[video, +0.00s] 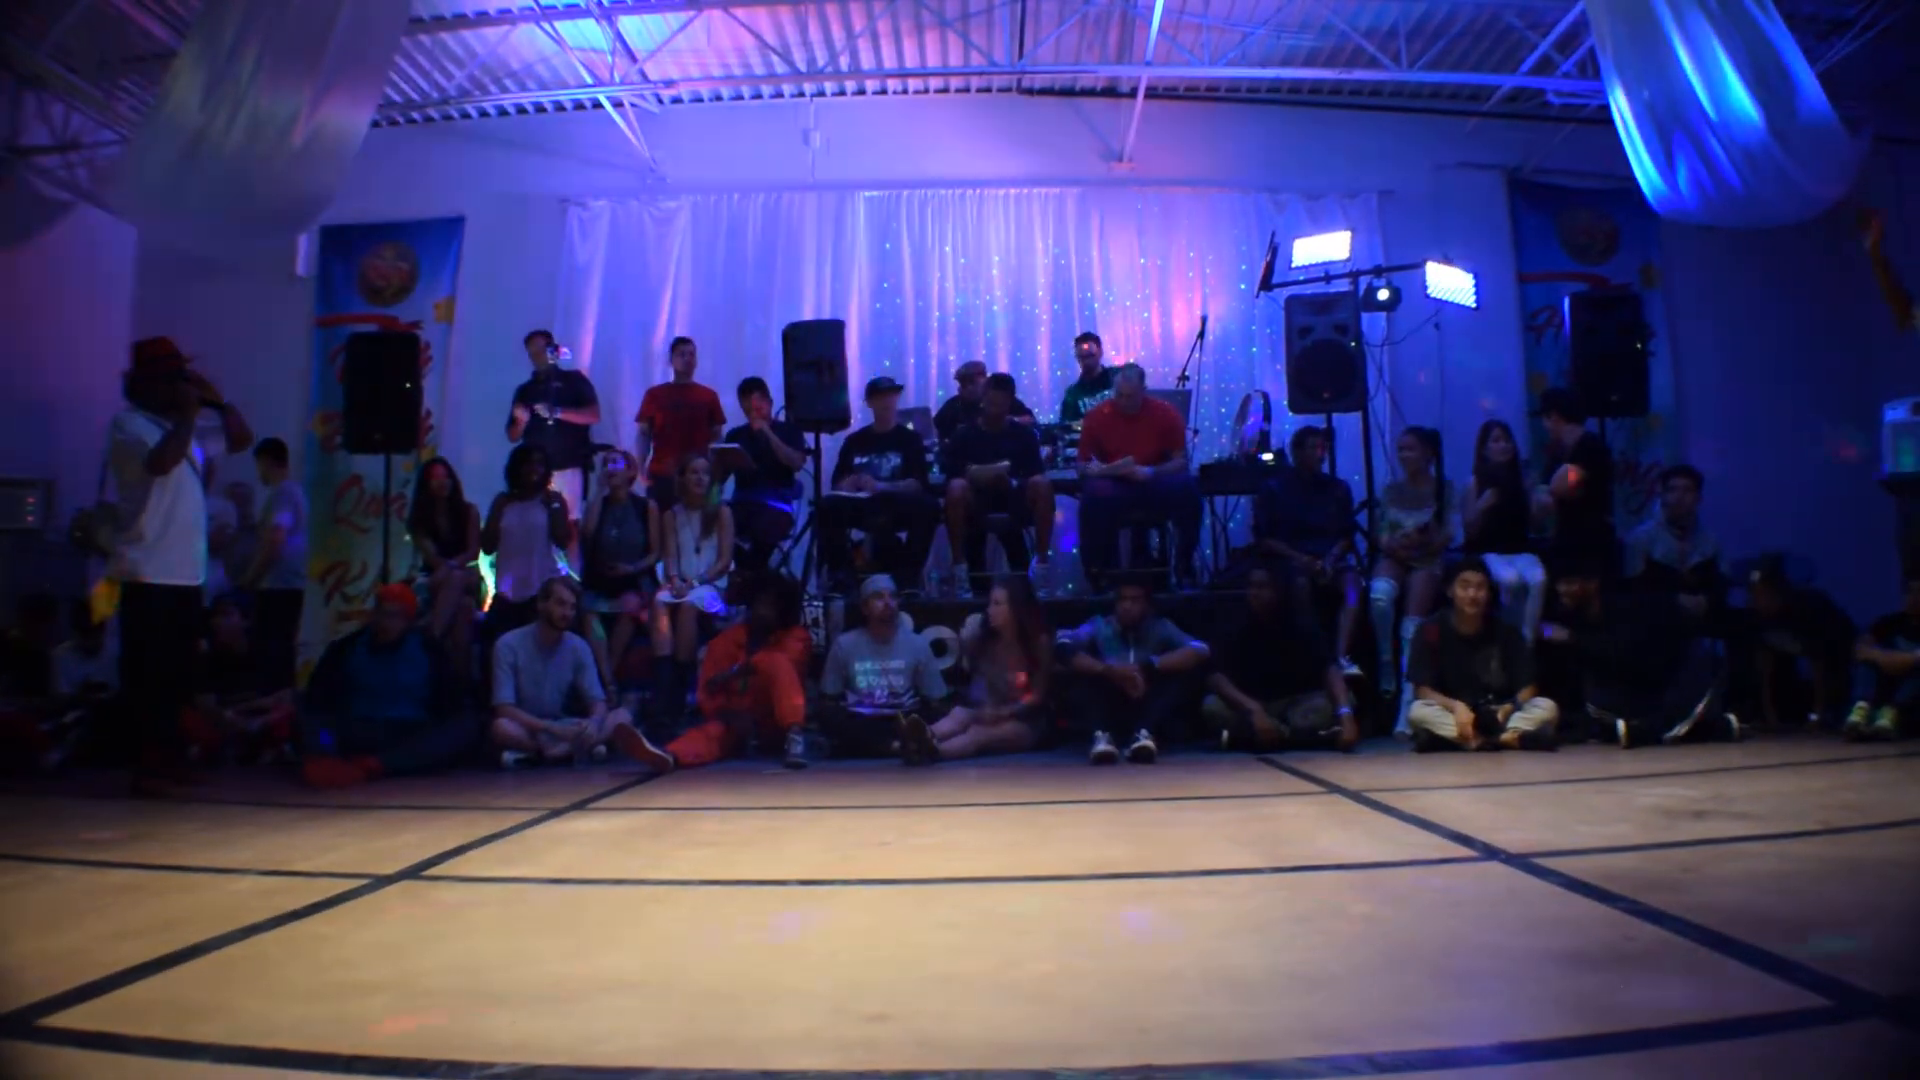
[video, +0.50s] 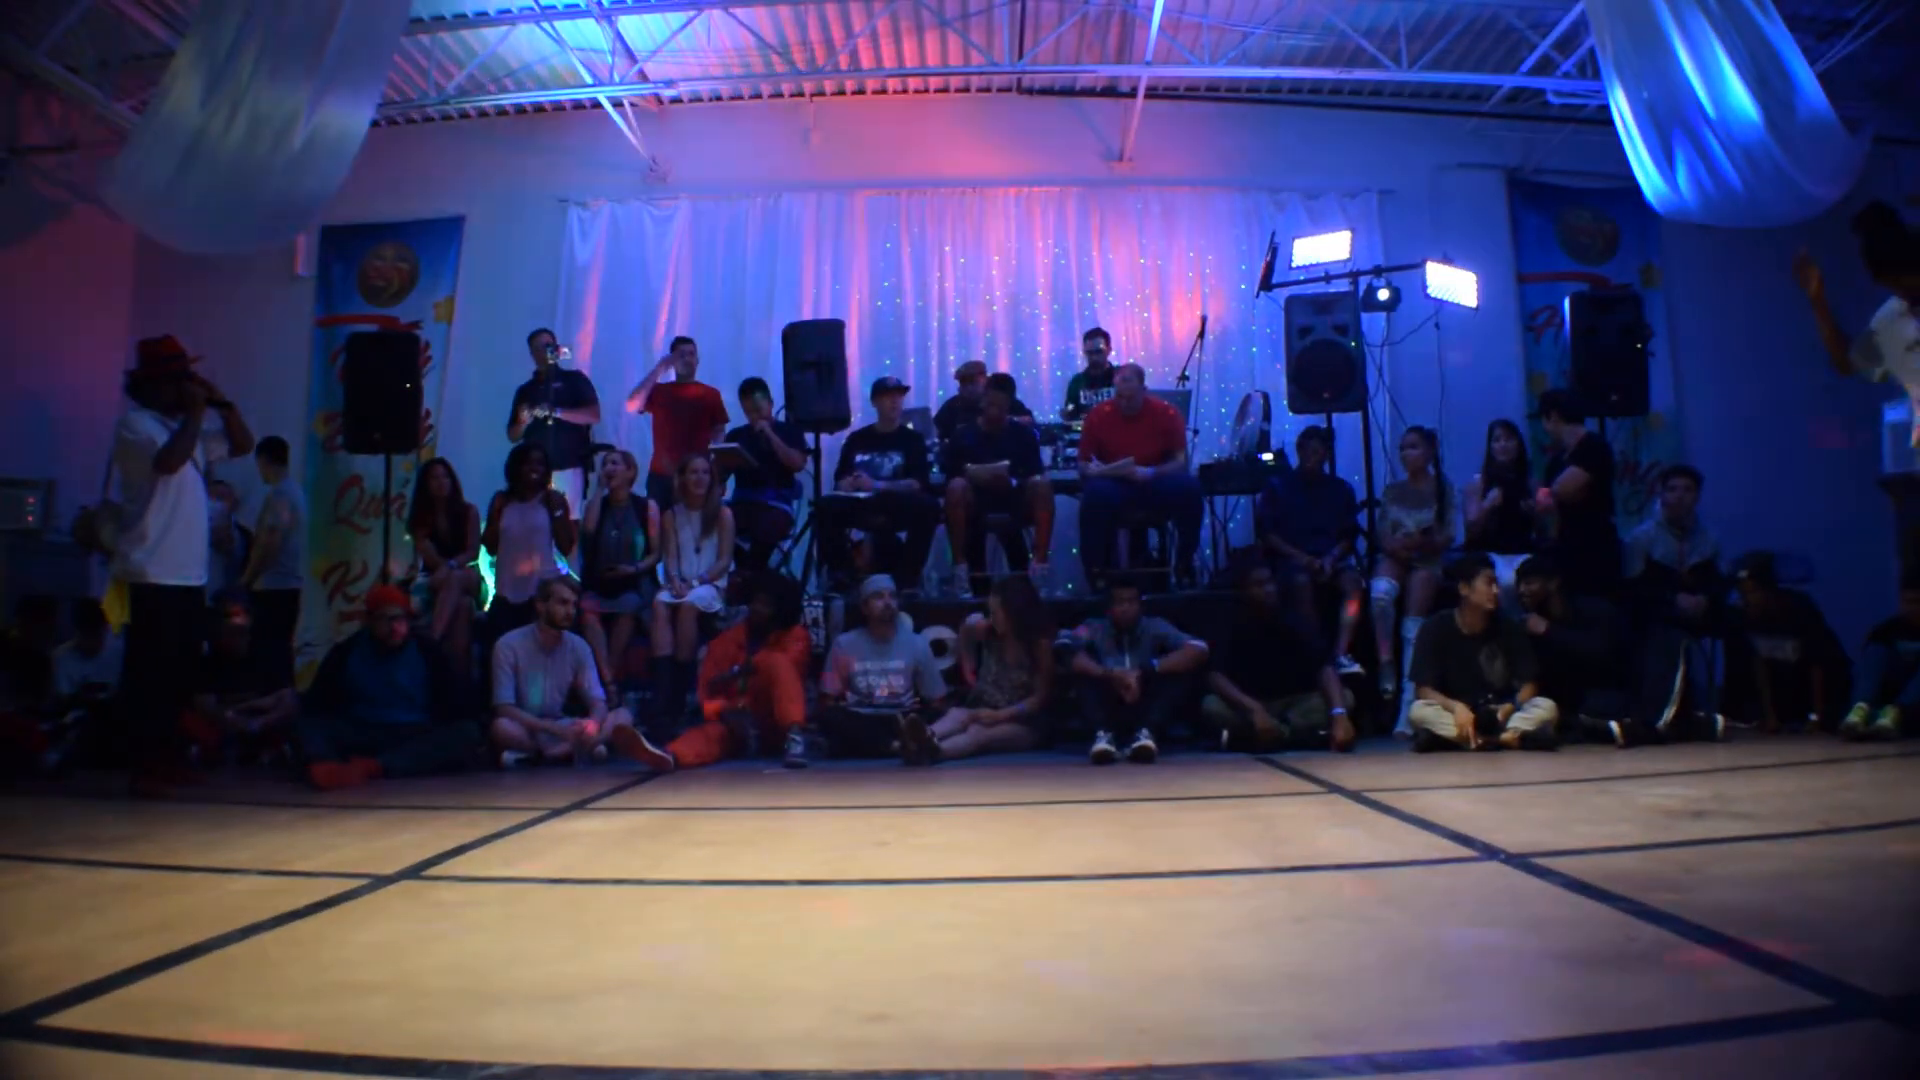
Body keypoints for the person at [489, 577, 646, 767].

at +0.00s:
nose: (567, 613)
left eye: (572, 607)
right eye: (561, 604)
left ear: (576, 610)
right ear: (542, 605)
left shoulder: (578, 647)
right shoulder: (509, 645)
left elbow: (598, 702)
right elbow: (504, 708)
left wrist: (593, 725)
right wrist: (555, 729)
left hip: (566, 722)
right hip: (528, 723)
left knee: (622, 716)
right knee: (502, 728)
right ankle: (576, 748)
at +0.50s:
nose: (570, 611)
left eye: (573, 604)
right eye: (562, 603)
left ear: (577, 607)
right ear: (541, 606)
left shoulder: (578, 647)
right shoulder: (509, 645)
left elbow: (598, 701)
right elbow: (504, 707)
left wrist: (593, 724)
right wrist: (556, 729)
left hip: (564, 723)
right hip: (527, 723)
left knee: (623, 716)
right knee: (502, 728)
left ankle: (546, 753)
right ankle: (578, 748)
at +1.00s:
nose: (574, 609)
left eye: (575, 603)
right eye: (567, 603)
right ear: (543, 607)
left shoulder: (579, 647)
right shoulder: (509, 645)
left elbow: (598, 701)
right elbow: (505, 709)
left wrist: (593, 725)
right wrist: (556, 729)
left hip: (564, 722)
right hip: (527, 722)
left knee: (622, 716)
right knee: (501, 727)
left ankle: (560, 750)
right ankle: (577, 747)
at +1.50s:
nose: (566, 594)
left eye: (563, 588)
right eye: (559, 589)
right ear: (539, 602)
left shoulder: (565, 635)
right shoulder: (506, 643)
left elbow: (587, 684)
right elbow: (505, 707)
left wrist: (590, 719)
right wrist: (557, 729)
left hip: (562, 718)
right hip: (527, 721)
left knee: (622, 715)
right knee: (503, 728)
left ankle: (554, 752)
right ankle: (580, 747)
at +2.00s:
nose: (542, 591)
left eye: (540, 586)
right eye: (533, 587)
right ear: (511, 599)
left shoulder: (553, 632)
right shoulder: (492, 645)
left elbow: (571, 679)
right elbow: (502, 705)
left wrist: (588, 721)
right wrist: (562, 728)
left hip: (559, 712)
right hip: (523, 717)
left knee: (614, 702)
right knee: (501, 726)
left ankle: (553, 749)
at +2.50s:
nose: (550, 593)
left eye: (550, 587)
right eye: (541, 589)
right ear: (520, 600)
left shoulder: (564, 637)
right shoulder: (500, 644)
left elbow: (589, 685)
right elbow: (503, 705)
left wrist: (592, 723)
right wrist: (554, 728)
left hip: (563, 717)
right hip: (525, 719)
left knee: (620, 712)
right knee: (503, 726)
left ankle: (555, 750)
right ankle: (580, 748)